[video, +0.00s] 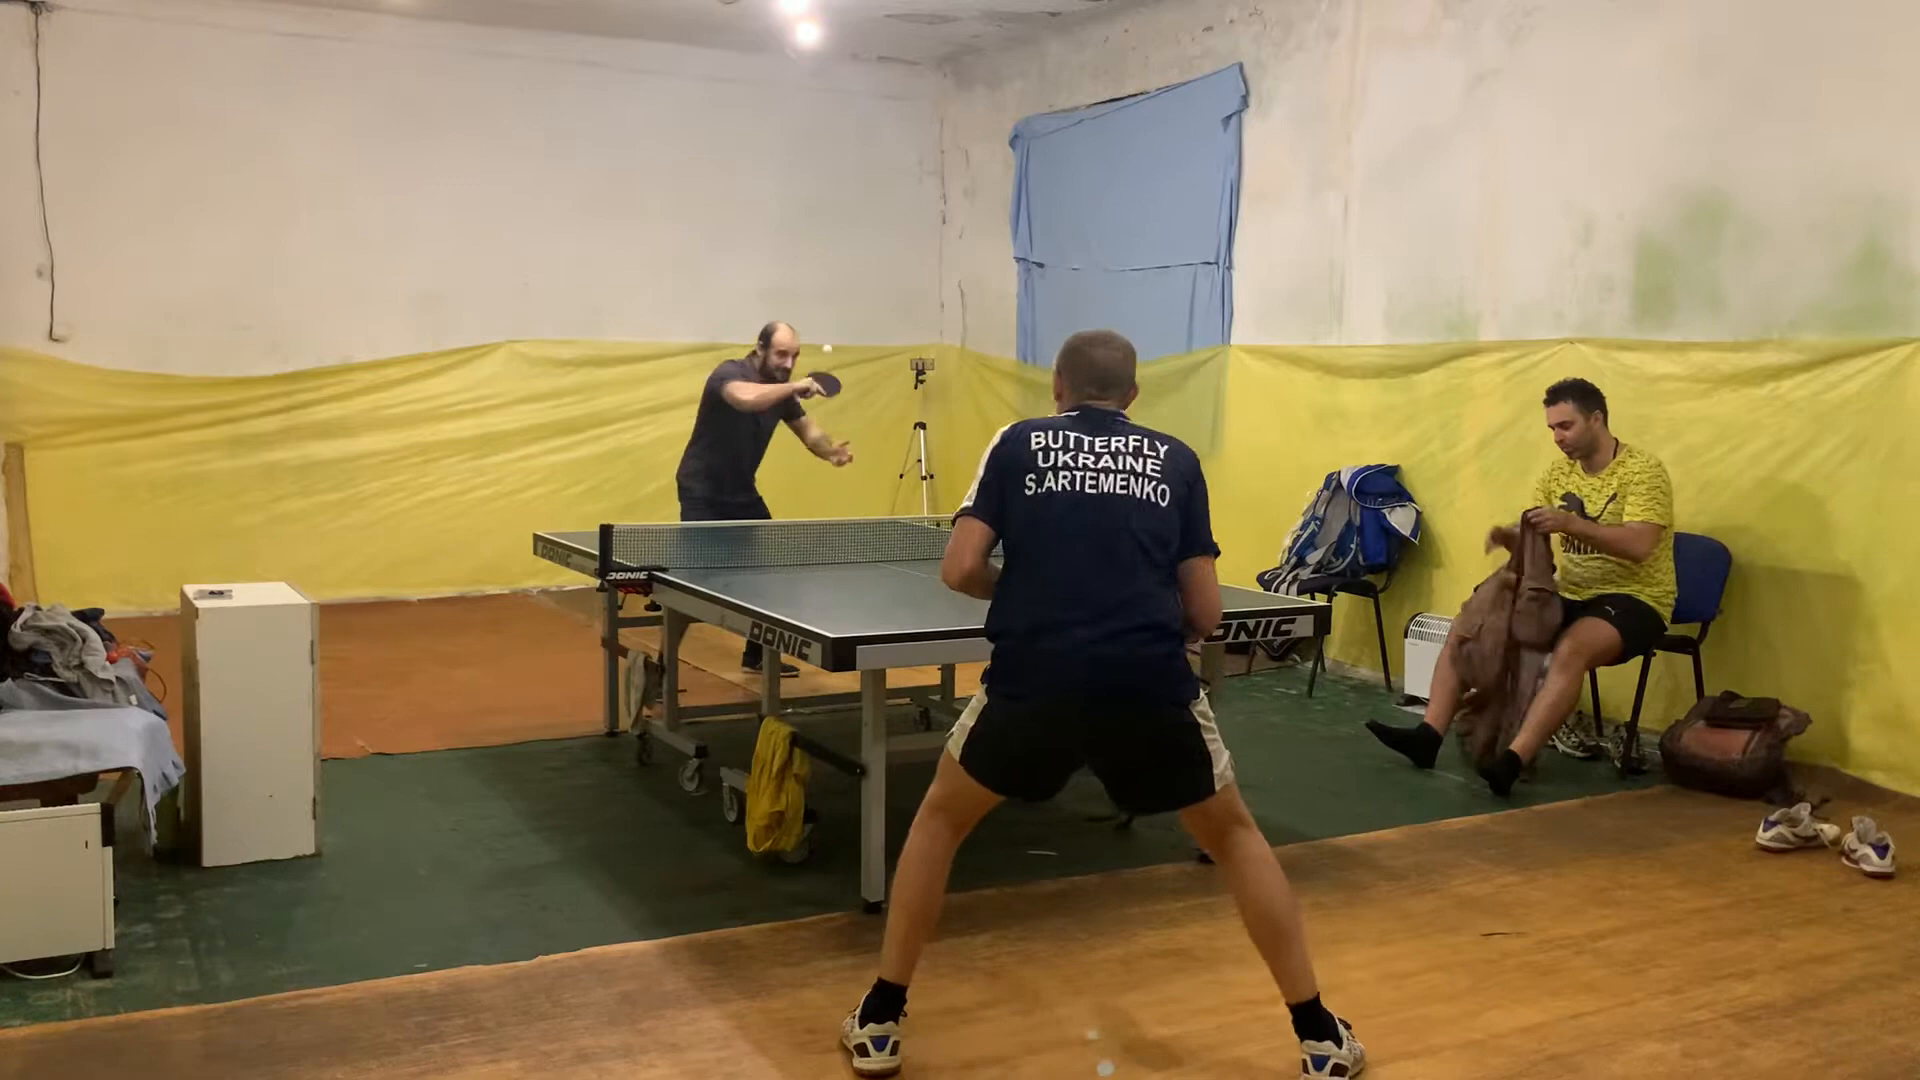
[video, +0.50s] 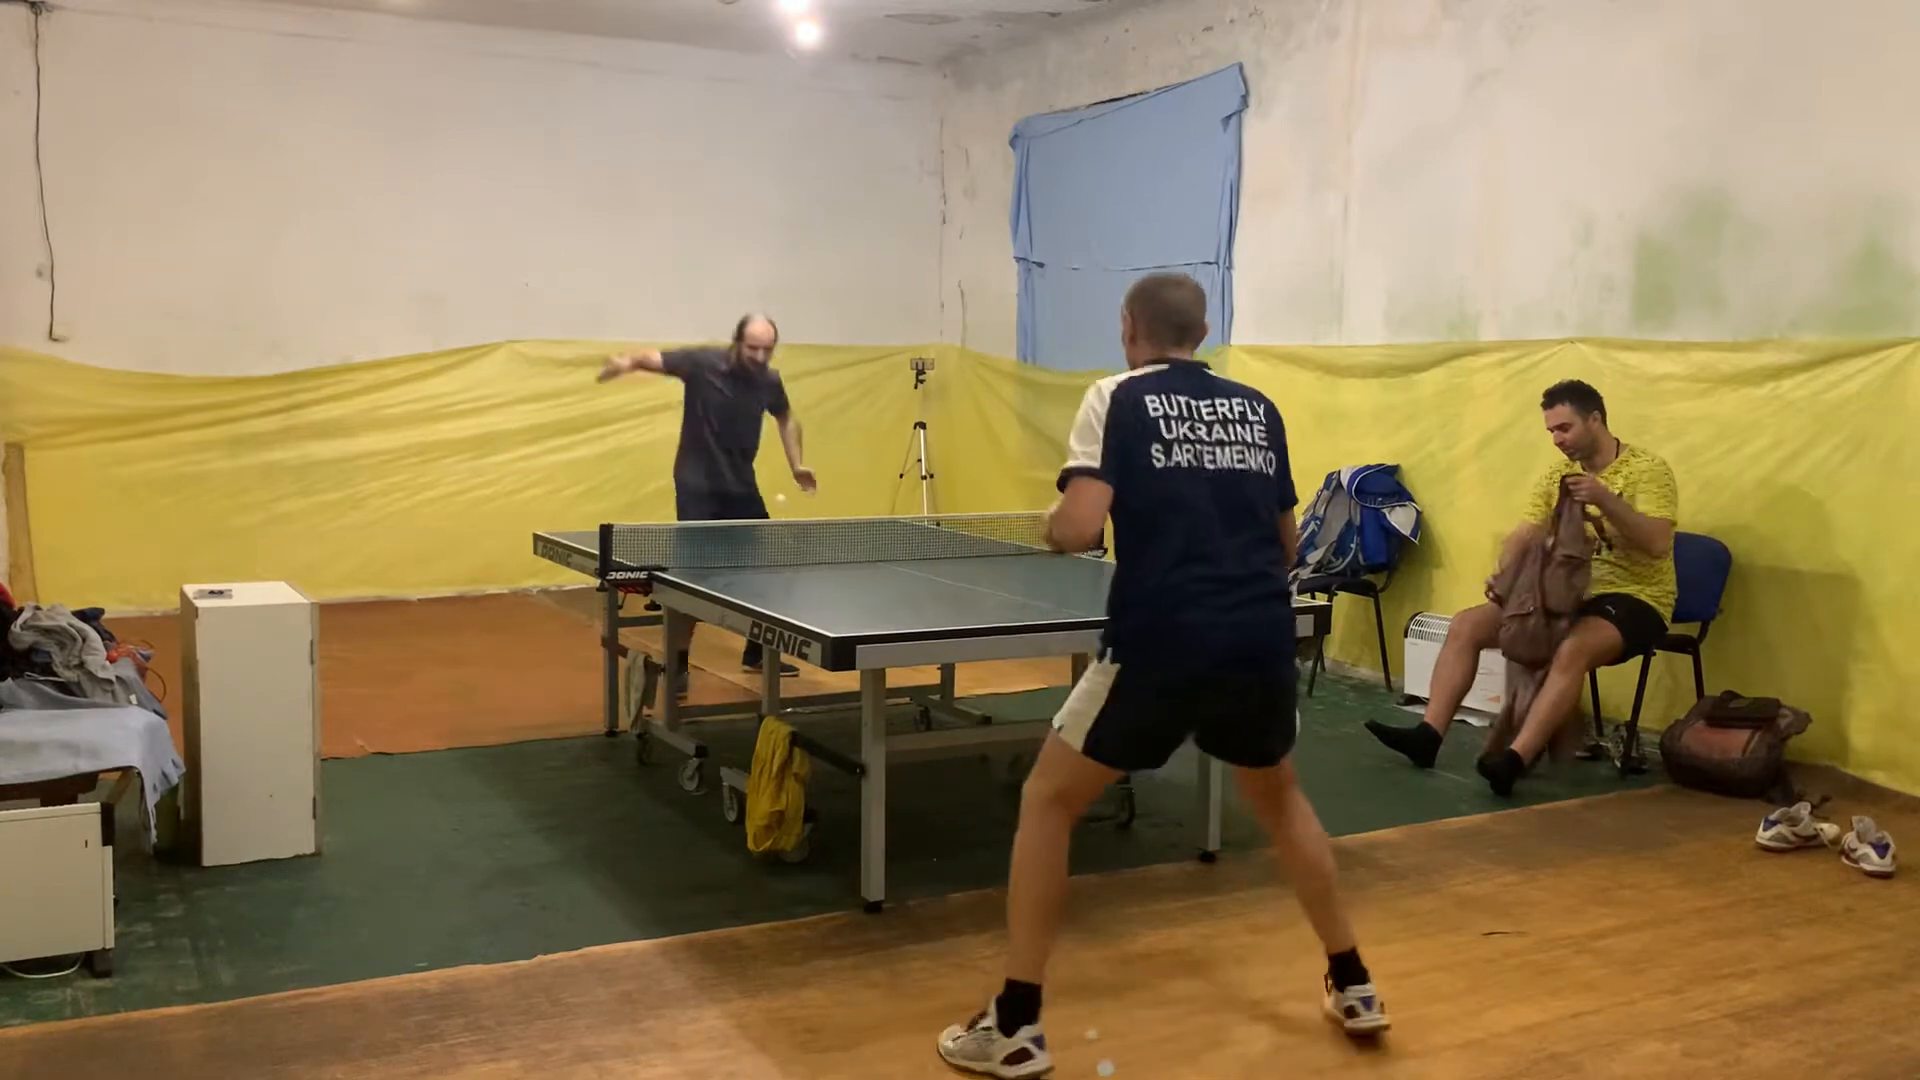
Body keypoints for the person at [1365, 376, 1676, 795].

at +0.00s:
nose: (1557, 438)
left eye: (1564, 427)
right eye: (1552, 429)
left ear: (1597, 419)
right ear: (1551, 427)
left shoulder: (1643, 471)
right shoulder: (1558, 473)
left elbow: (1640, 545)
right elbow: (1542, 545)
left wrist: (1570, 524)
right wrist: (1516, 539)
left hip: (1634, 598)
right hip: (1568, 594)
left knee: (1571, 650)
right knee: (1469, 624)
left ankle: (1513, 761)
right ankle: (1430, 734)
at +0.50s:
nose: (1556, 440)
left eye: (1563, 429)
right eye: (1551, 432)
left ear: (1595, 419)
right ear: (1551, 431)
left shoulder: (1648, 469)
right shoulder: (1558, 476)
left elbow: (1658, 543)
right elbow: (1527, 534)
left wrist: (1605, 500)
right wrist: (1507, 576)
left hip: (1636, 598)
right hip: (1567, 594)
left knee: (1572, 650)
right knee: (1466, 625)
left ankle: (1515, 760)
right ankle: (1429, 734)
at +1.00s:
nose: (1578, 426)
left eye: (1587, 416)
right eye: (1574, 416)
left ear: (1621, 416)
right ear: (1574, 417)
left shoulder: (1659, 473)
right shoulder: (1572, 466)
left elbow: (1674, 536)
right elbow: (1508, 496)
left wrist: (1613, 524)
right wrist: (1476, 510)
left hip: (1637, 600)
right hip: (1570, 592)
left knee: (1572, 653)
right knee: (1465, 625)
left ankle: (1514, 759)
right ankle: (1429, 734)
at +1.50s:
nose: (1606, 419)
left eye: (1618, 411)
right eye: (1606, 410)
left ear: (1652, 420)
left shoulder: (1672, 481)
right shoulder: (1592, 464)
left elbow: (1640, 541)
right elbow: (1520, 487)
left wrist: (1555, 547)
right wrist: (1460, 494)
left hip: (1639, 603)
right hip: (1580, 591)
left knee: (1572, 645)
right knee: (1513, 543)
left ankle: (1512, 762)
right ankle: (1504, 654)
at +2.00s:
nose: (1608, 421)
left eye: (1620, 413)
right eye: (1607, 412)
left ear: (1653, 422)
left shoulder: (1672, 485)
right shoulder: (1596, 471)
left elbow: (1641, 563)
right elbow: (1544, 524)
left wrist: (1569, 592)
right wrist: (1491, 568)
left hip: (1643, 601)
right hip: (1588, 584)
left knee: (1573, 645)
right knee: (1517, 524)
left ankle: (1515, 759)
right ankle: (1512, 655)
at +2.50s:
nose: (1608, 420)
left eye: (1619, 412)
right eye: (1608, 412)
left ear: (1652, 421)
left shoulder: (1675, 484)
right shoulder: (1598, 471)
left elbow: (1643, 563)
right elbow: (1546, 528)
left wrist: (1581, 604)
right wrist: (1506, 589)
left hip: (1645, 601)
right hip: (1589, 587)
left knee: (1572, 647)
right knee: (1519, 521)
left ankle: (1514, 759)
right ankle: (1509, 633)